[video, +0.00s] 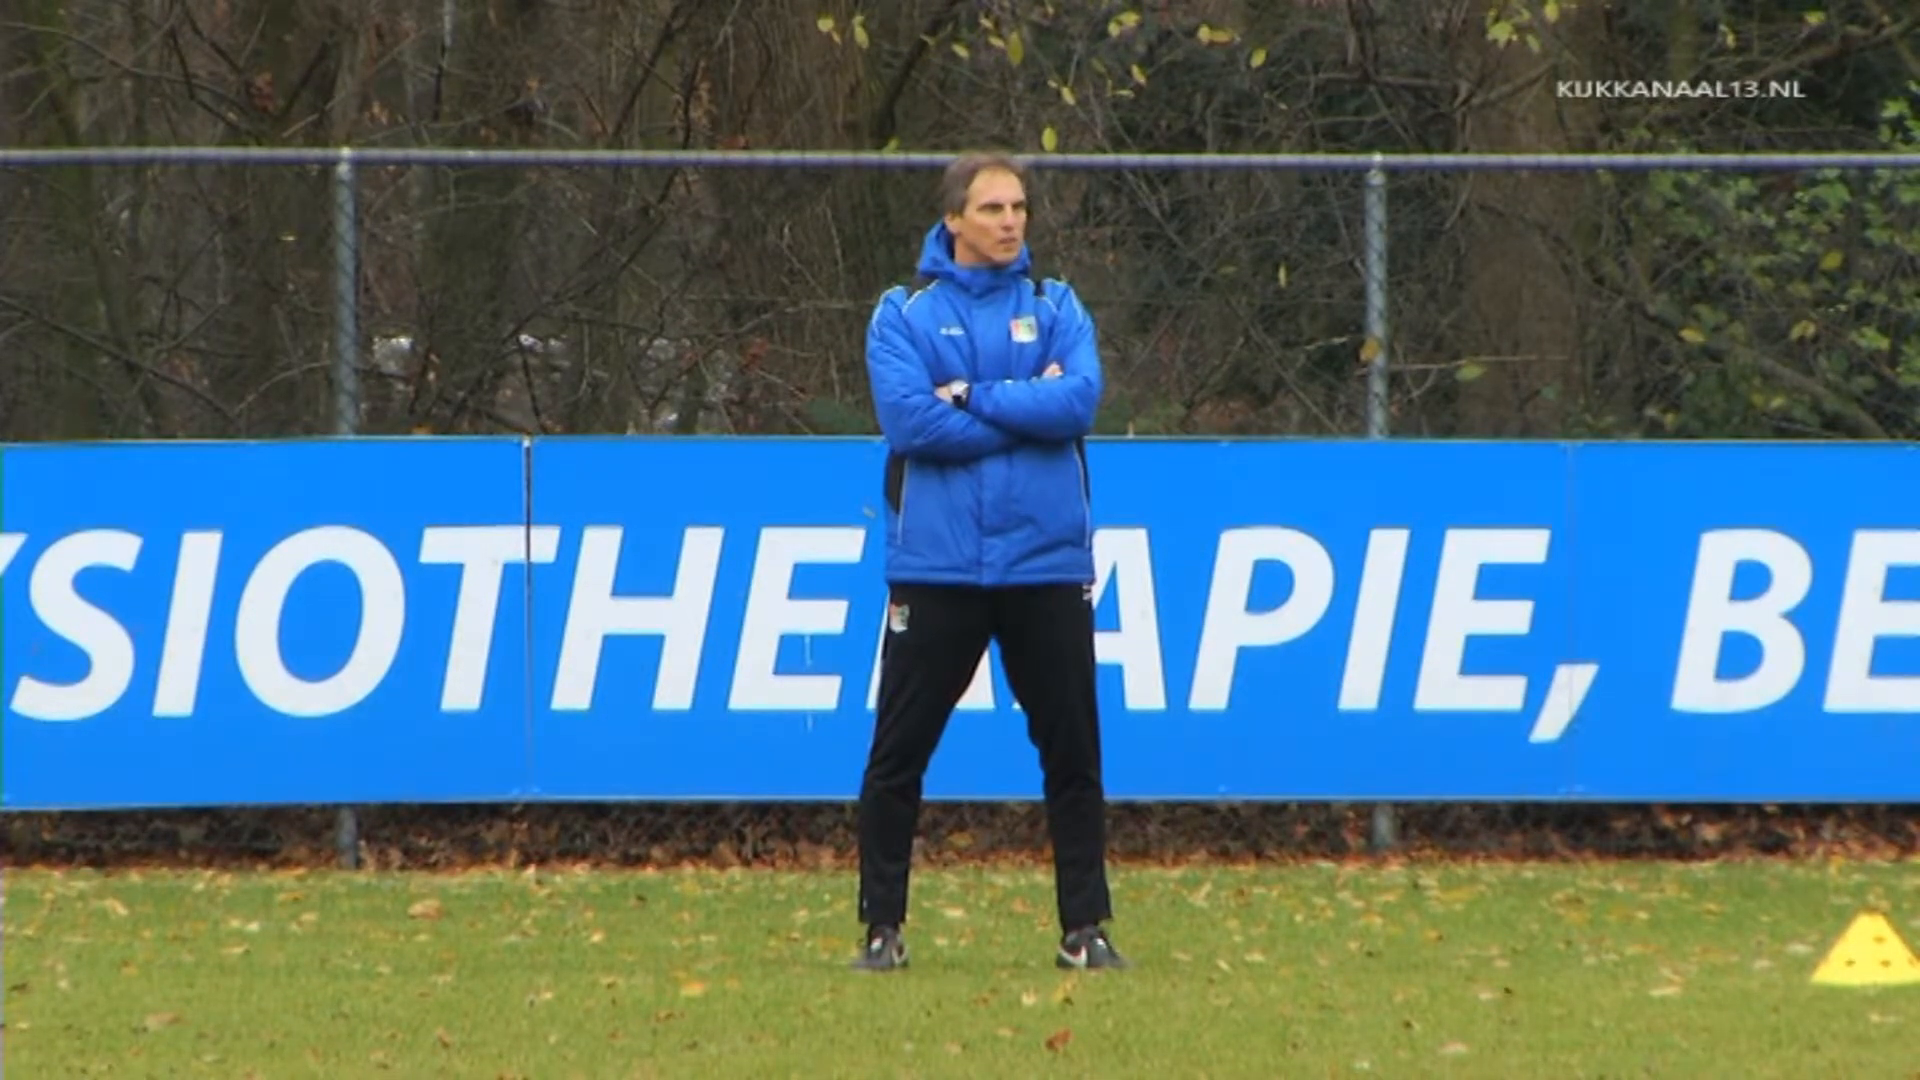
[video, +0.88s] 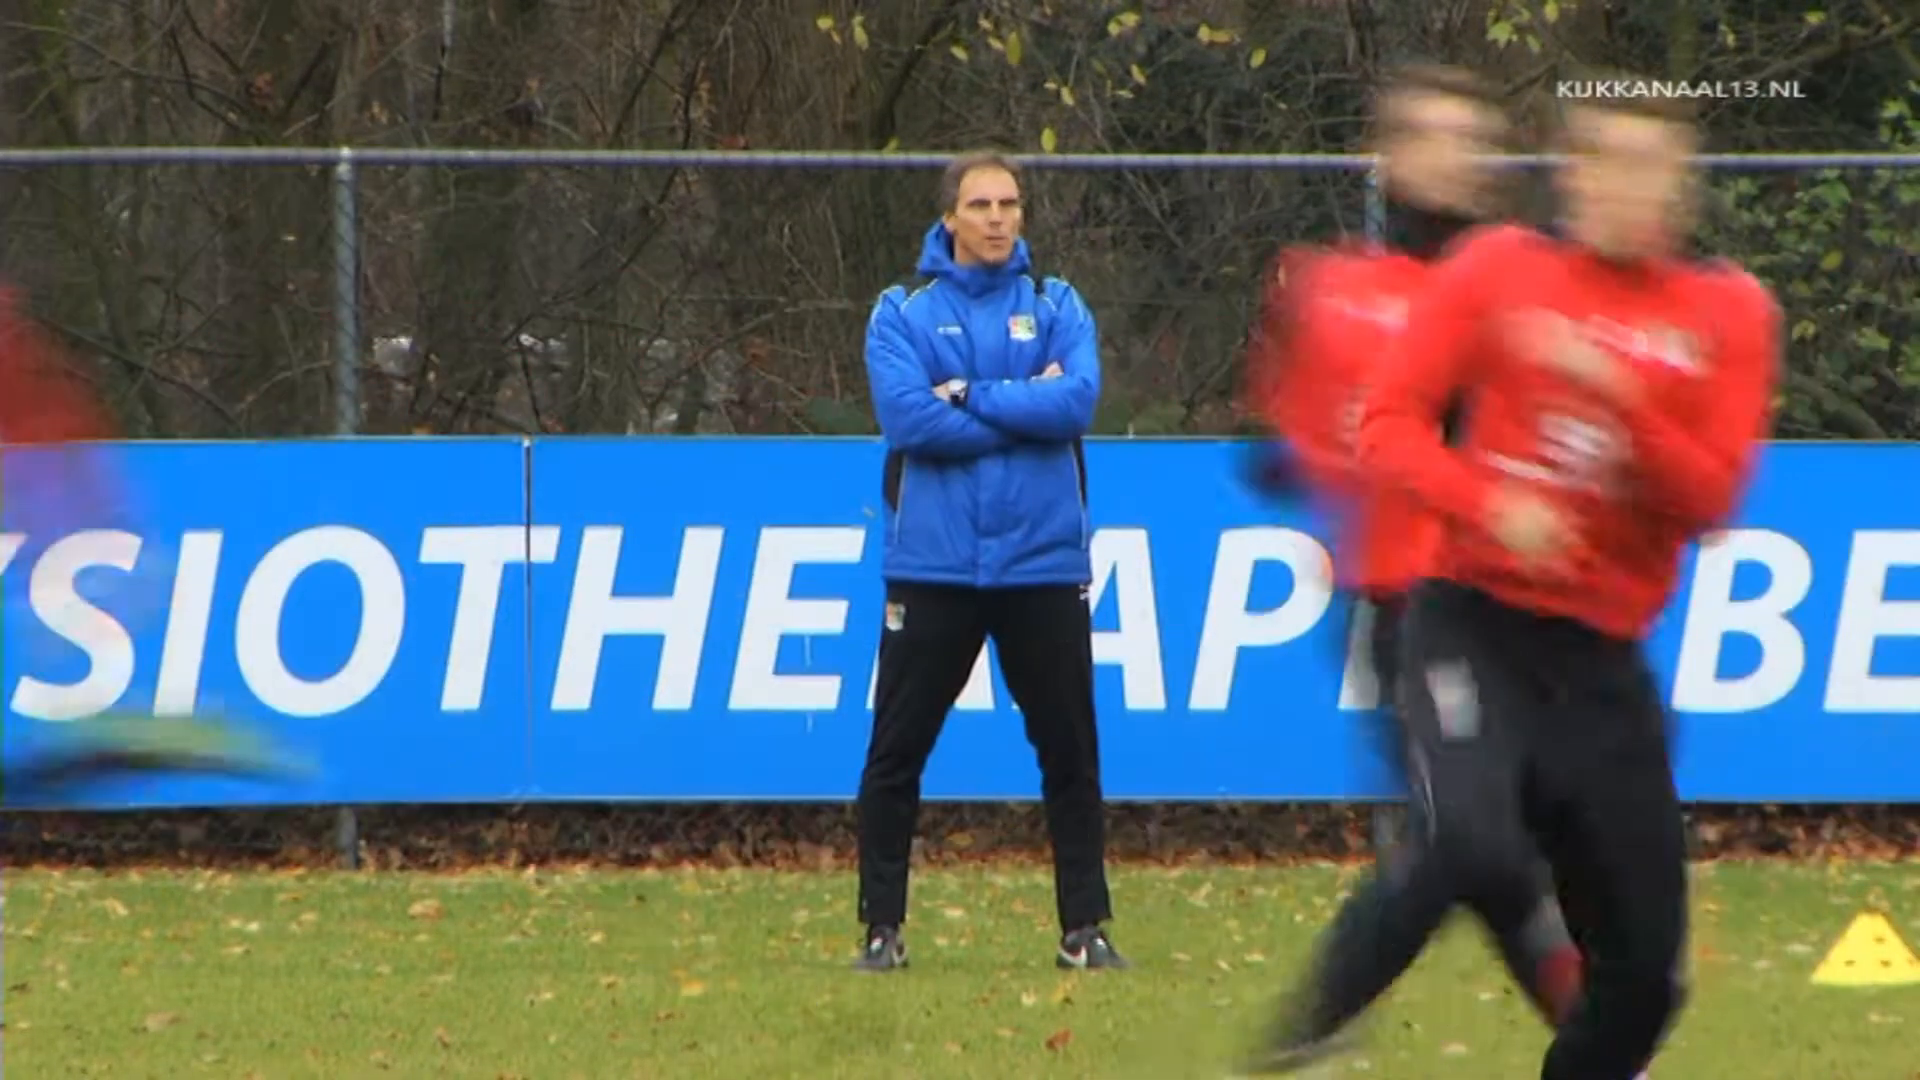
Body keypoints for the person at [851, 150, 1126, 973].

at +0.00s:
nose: (1009, 221)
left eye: (1018, 208)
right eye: (992, 209)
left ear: (1029, 218)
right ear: (954, 221)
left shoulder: (1057, 305)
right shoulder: (902, 313)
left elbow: (1078, 403)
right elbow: (913, 426)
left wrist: (968, 393)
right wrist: (1023, 413)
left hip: (1048, 567)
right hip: (939, 570)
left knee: (1073, 751)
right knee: (900, 752)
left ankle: (1085, 930)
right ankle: (882, 929)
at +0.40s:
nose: (1003, 221)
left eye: (1012, 208)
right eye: (986, 209)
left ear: (1024, 218)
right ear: (950, 221)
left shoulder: (1057, 305)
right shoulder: (899, 312)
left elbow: (1075, 401)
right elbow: (912, 425)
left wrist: (964, 392)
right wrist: (1023, 413)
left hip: (1045, 567)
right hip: (937, 570)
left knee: (1071, 751)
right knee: (899, 753)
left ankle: (1085, 930)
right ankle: (882, 929)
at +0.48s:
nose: (1000, 228)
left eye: (1012, 212)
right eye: (984, 213)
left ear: (1032, 218)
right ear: (951, 221)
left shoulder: (1060, 314)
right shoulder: (905, 318)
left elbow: (1094, 421)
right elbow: (915, 437)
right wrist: (993, 344)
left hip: (1044, 567)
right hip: (940, 570)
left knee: (1070, 742)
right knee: (899, 749)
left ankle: (1085, 927)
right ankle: (883, 926)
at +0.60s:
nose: (1001, 221)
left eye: (1012, 207)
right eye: (984, 208)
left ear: (1025, 217)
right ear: (950, 220)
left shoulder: (1057, 304)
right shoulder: (900, 311)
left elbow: (1076, 400)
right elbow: (912, 430)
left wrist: (964, 395)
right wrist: (1023, 411)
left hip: (1048, 566)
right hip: (936, 570)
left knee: (1070, 751)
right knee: (899, 750)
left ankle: (1086, 928)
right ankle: (881, 924)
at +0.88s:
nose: (996, 219)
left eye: (1007, 205)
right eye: (979, 206)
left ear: (1023, 216)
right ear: (950, 218)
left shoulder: (1059, 305)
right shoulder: (900, 312)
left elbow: (1076, 403)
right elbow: (911, 423)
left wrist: (965, 392)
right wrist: (1020, 415)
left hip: (1044, 567)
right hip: (934, 568)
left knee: (1070, 750)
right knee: (898, 751)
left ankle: (1085, 930)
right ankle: (882, 929)